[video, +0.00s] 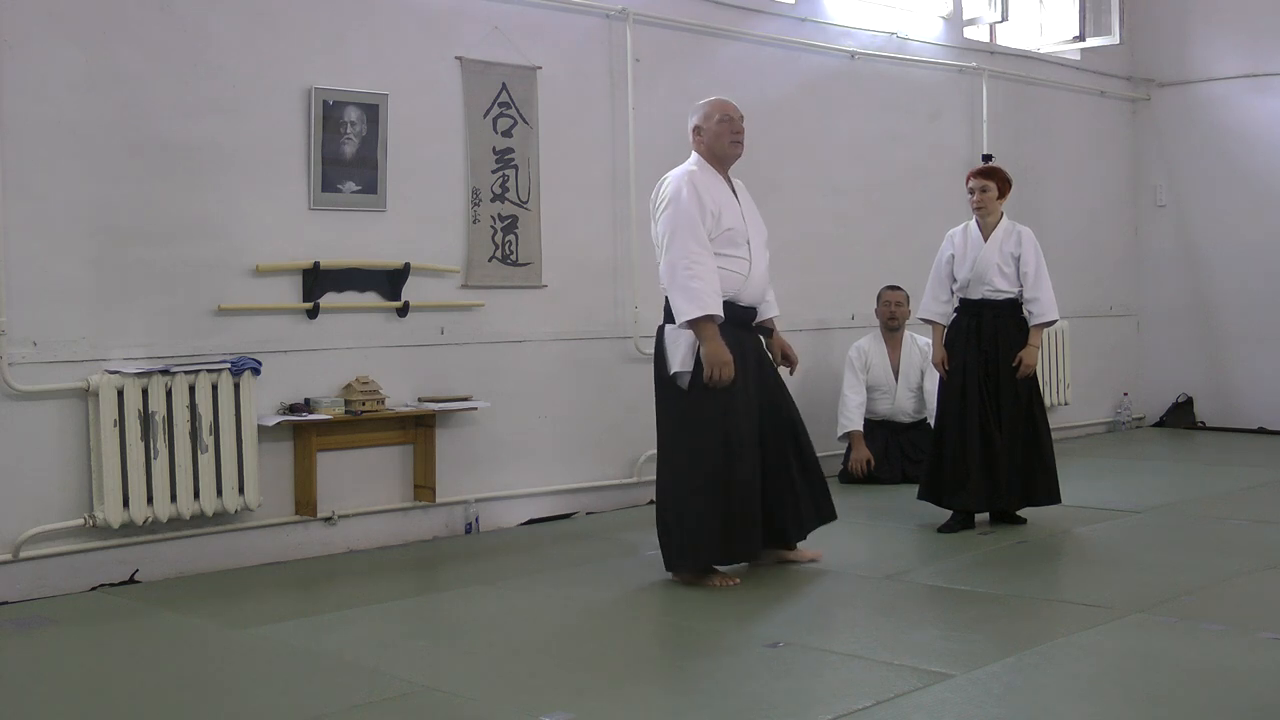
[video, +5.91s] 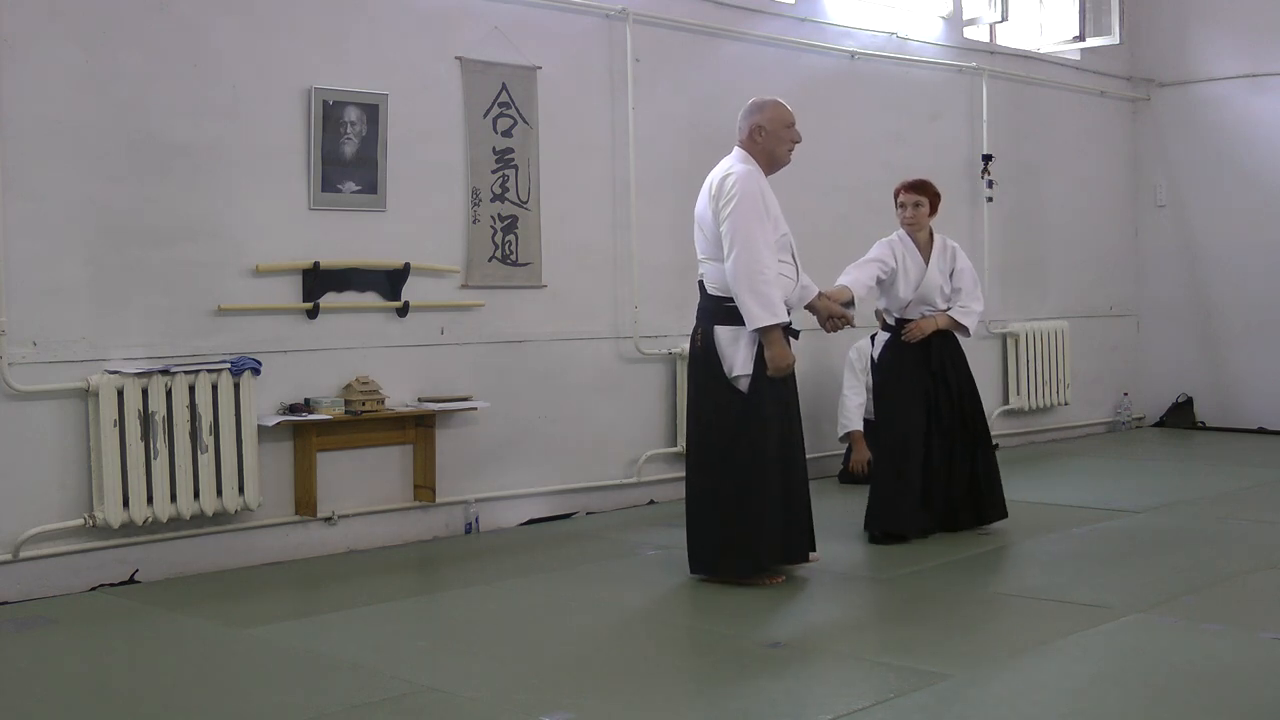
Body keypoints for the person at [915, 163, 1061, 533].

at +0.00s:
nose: (977, 197)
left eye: (985, 191)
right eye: (972, 192)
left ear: (1001, 194)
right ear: (968, 197)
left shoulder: (1020, 236)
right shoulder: (956, 237)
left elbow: (1038, 293)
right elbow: (940, 291)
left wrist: (1033, 344)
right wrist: (937, 342)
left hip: (1008, 330)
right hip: (965, 330)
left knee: (1008, 414)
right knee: (962, 415)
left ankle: (1003, 506)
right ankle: (963, 509)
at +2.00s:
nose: (978, 197)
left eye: (986, 191)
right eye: (973, 192)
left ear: (1003, 195)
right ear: (969, 197)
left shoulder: (1022, 236)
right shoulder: (957, 237)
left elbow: (1039, 293)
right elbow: (940, 291)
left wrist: (1034, 345)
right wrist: (938, 342)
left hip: (1009, 331)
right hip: (966, 332)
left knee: (1009, 415)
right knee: (962, 416)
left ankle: (1004, 506)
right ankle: (963, 509)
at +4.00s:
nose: (981, 199)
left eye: (989, 192)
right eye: (976, 193)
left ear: (1006, 197)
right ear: (972, 198)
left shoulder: (1024, 238)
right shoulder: (960, 239)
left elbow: (1041, 295)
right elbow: (944, 292)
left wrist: (1036, 346)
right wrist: (940, 342)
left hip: (1011, 331)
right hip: (969, 332)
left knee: (1011, 415)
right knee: (964, 416)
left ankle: (1007, 506)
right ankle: (963, 509)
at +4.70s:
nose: (977, 206)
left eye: (985, 200)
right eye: (973, 200)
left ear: (1004, 202)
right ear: (969, 203)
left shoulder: (1024, 244)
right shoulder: (960, 243)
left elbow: (1046, 298)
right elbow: (932, 287)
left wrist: (1007, 309)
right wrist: (910, 300)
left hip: (1010, 338)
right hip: (967, 336)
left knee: (1009, 419)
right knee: (953, 417)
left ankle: (1007, 507)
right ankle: (936, 507)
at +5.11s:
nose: (940, 208)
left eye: (948, 201)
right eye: (935, 201)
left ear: (966, 205)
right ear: (930, 206)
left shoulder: (985, 248)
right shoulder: (921, 243)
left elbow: (999, 304)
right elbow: (890, 277)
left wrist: (960, 307)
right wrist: (860, 297)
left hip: (969, 344)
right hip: (925, 345)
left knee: (979, 423)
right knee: (913, 426)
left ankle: (986, 509)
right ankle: (894, 515)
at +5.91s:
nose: (909, 213)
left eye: (917, 206)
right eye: (902, 207)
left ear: (932, 210)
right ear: (896, 212)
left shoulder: (950, 252)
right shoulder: (890, 249)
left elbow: (970, 307)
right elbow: (862, 274)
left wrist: (934, 323)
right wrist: (834, 298)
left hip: (942, 347)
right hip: (901, 348)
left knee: (953, 426)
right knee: (903, 432)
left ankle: (956, 513)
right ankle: (896, 521)